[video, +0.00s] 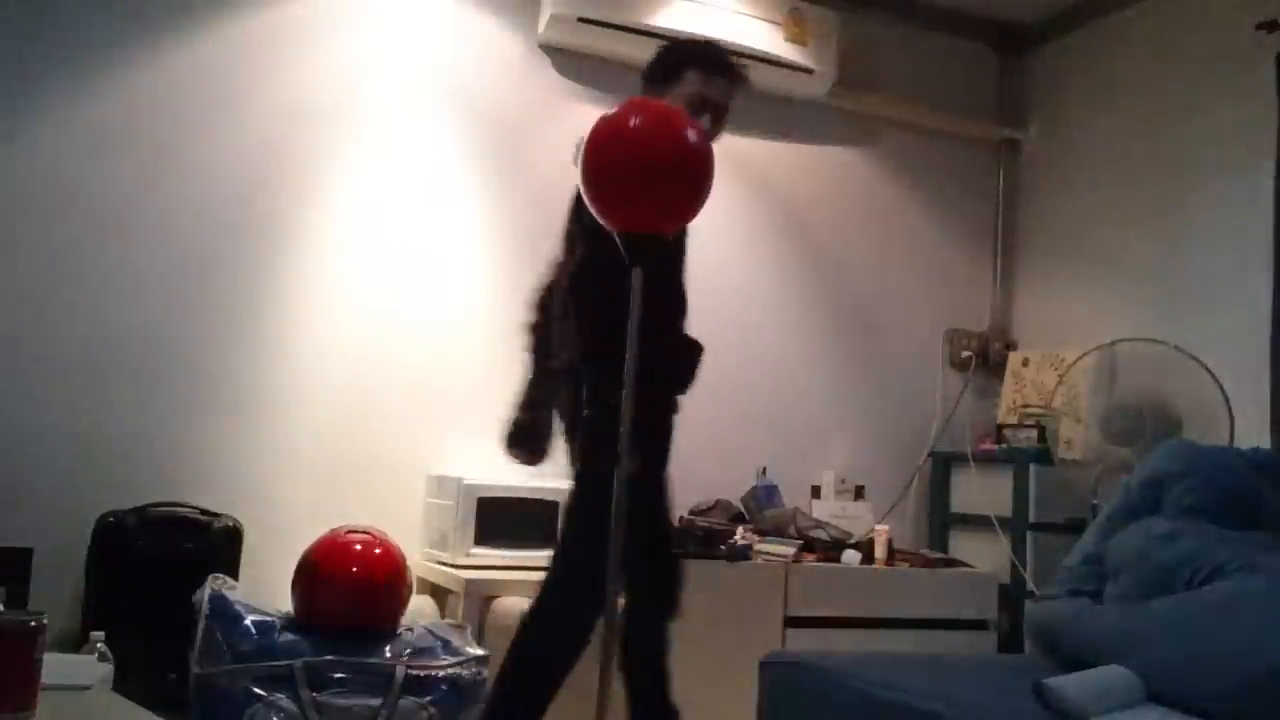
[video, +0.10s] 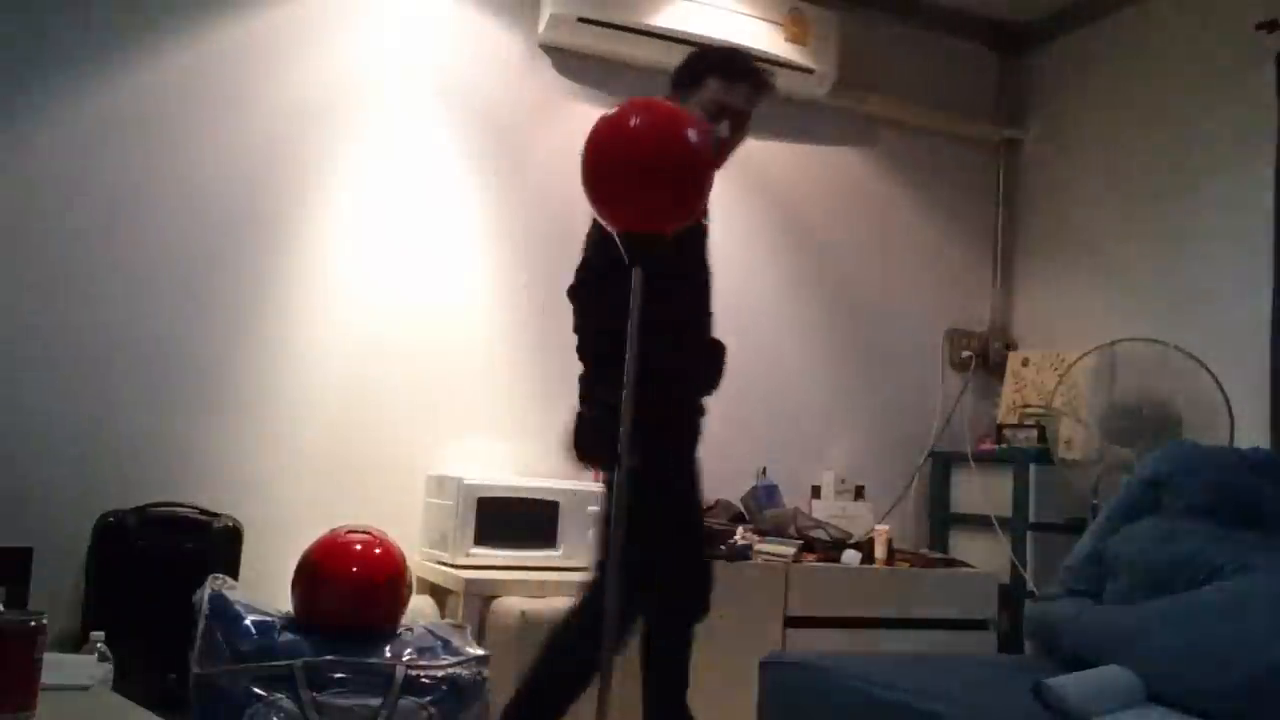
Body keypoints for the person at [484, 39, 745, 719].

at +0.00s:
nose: (709, 125)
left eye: (720, 113)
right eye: (699, 104)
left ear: (720, 119)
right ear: (656, 94)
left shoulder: (664, 181)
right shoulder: (625, 169)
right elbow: (578, 285)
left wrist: (673, 355)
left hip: (641, 398)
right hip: (611, 397)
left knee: (581, 584)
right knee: (650, 583)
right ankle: (651, 713)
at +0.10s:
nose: (728, 133)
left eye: (741, 121)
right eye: (716, 112)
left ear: (746, 128)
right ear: (676, 102)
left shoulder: (684, 204)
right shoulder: (647, 199)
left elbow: (680, 321)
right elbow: (600, 308)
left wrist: (700, 356)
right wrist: (704, 359)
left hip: (670, 422)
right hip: (638, 423)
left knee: (676, 593)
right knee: (643, 590)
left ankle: (669, 716)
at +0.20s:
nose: (744, 131)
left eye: (758, 120)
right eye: (731, 112)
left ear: (766, 128)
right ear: (694, 108)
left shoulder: (711, 193)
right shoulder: (667, 185)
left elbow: (704, 303)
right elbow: (604, 290)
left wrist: (723, 358)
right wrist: (609, 392)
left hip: (693, 402)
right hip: (658, 403)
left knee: (687, 589)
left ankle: (670, 718)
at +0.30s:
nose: (751, 129)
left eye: (767, 117)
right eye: (739, 111)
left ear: (779, 128)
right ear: (705, 111)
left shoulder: (743, 210)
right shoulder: (674, 192)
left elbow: (744, 322)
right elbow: (615, 293)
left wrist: (764, 404)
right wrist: (612, 395)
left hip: (714, 408)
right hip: (670, 405)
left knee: (690, 579)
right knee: (722, 583)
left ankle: (668, 711)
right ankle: (608, 703)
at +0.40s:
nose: (761, 126)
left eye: (777, 114)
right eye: (748, 110)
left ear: (794, 125)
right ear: (720, 113)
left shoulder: (771, 211)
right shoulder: (684, 187)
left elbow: (798, 316)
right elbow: (627, 288)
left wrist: (842, 399)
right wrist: (621, 383)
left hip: (733, 404)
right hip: (686, 401)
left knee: (703, 578)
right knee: (736, 583)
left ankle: (670, 708)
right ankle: (668, 707)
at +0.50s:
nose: (770, 125)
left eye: (786, 113)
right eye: (756, 109)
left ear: (806, 126)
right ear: (731, 115)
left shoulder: (797, 215)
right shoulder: (692, 189)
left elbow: (837, 319)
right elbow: (642, 288)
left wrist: (904, 385)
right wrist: (640, 374)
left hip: (754, 405)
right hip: (690, 397)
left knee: (718, 571)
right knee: (736, 576)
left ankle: (673, 705)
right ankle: (732, 709)